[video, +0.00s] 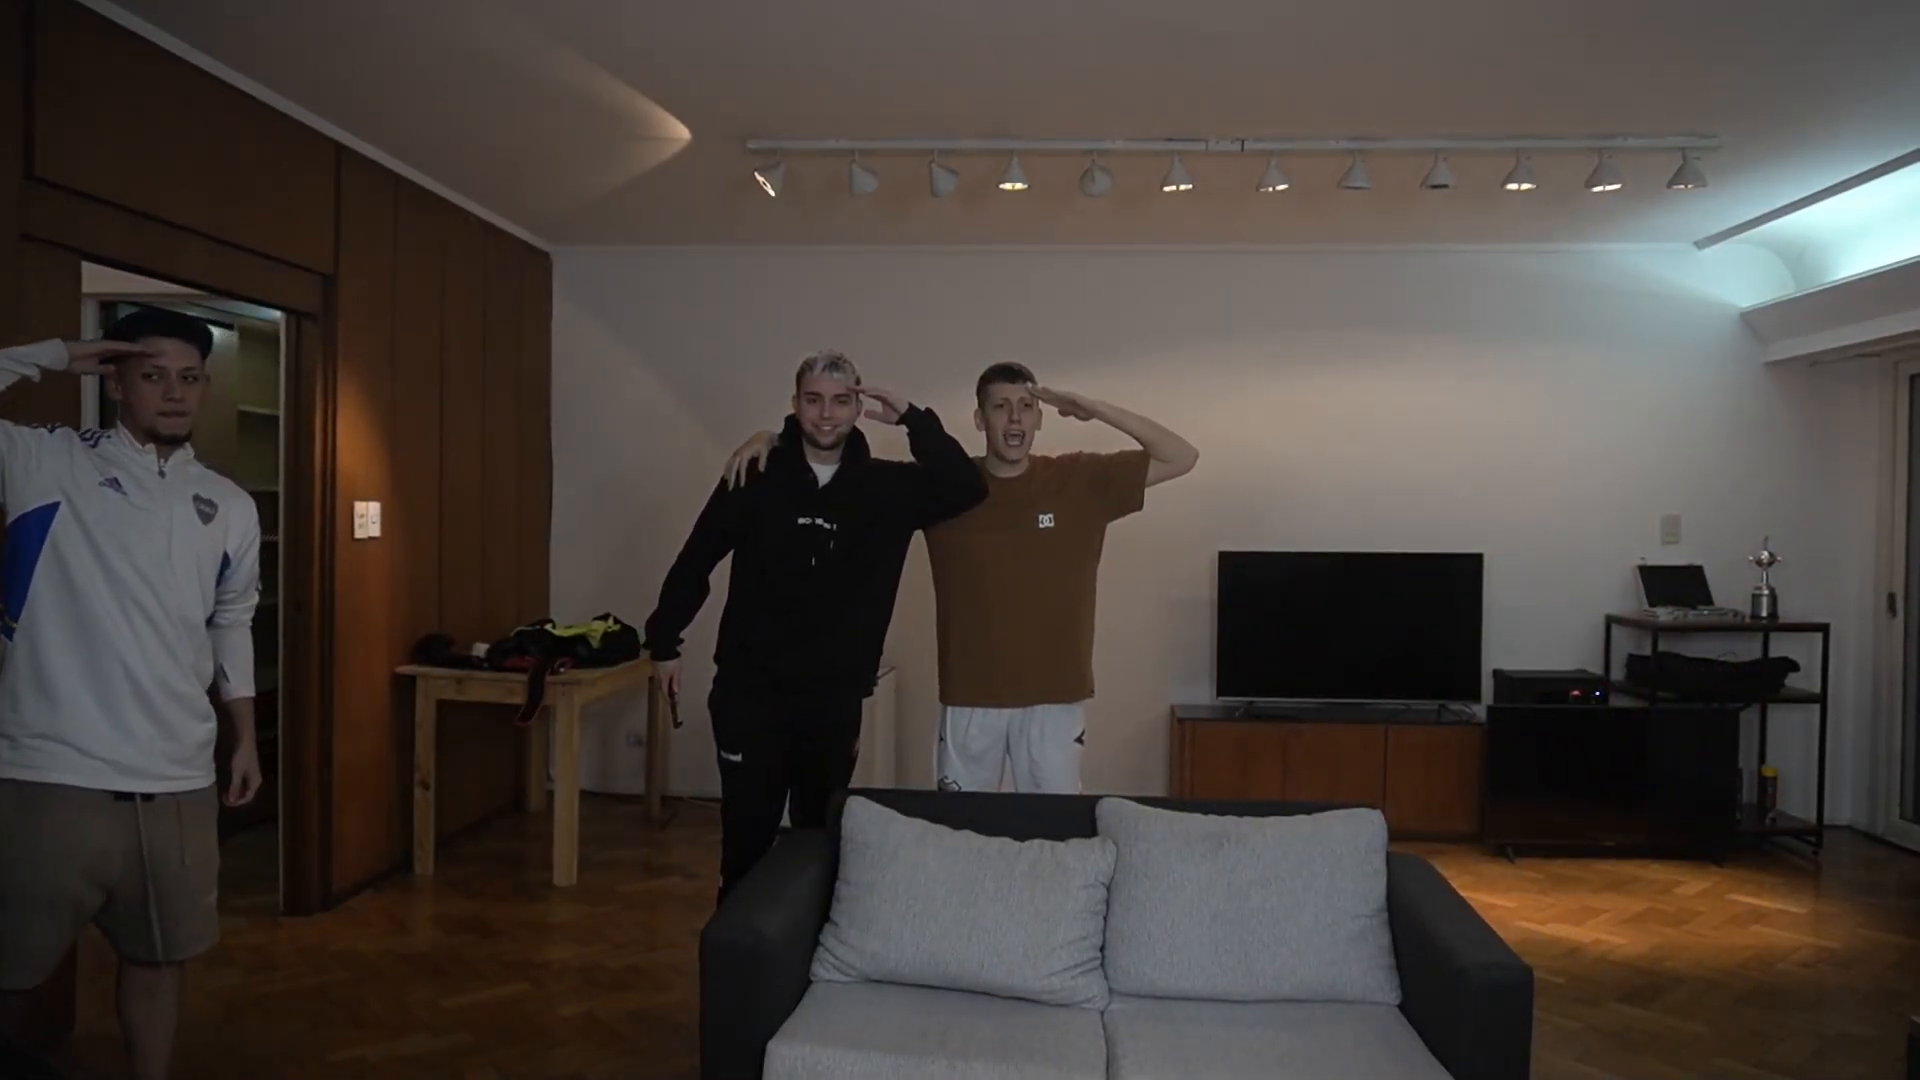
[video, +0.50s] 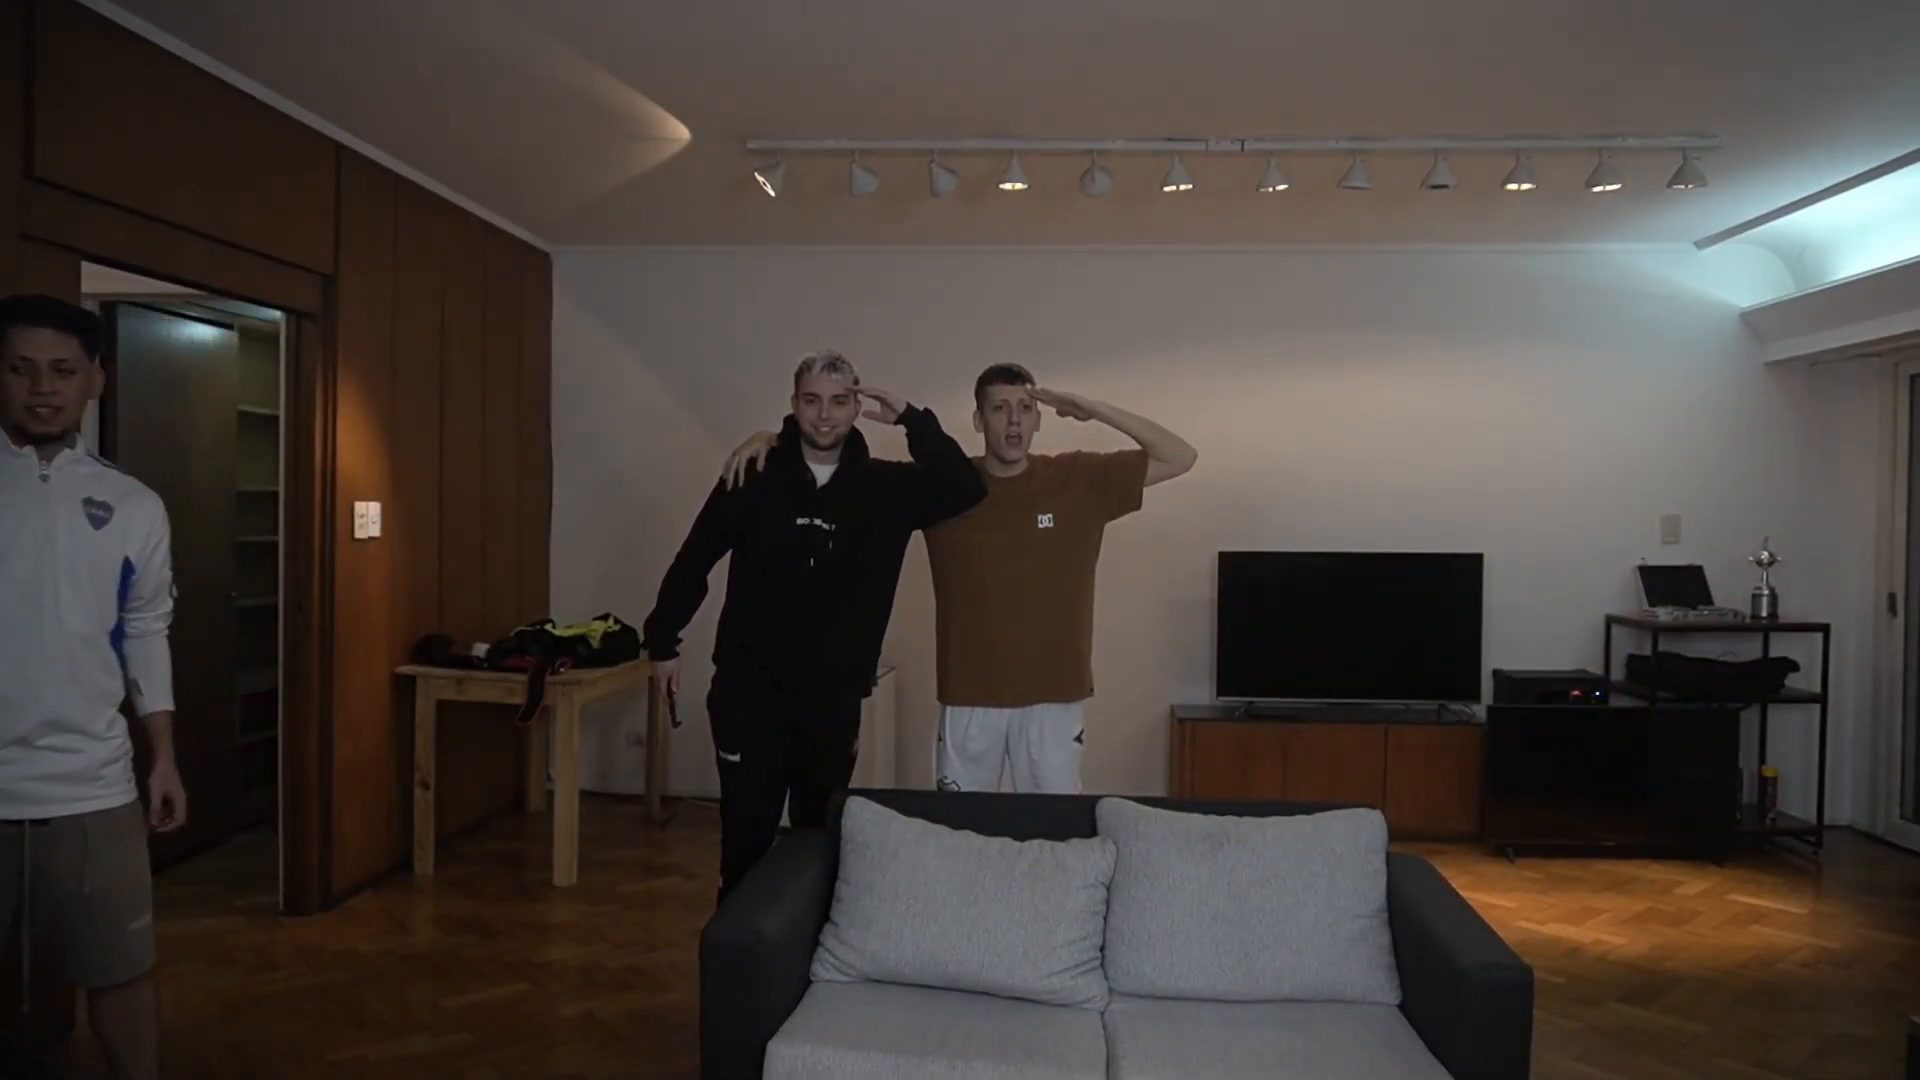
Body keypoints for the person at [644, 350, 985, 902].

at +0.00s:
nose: (827, 412)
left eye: (840, 400)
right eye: (814, 399)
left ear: (858, 410)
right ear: (795, 405)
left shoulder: (888, 487)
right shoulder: (755, 477)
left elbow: (966, 488)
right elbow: (697, 560)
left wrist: (915, 418)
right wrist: (665, 644)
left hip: (834, 690)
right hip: (751, 685)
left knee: (820, 830)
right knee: (748, 830)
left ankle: (815, 954)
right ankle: (739, 957)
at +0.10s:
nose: (826, 412)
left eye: (840, 400)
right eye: (814, 399)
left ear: (858, 410)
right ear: (795, 405)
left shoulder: (889, 487)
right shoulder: (755, 478)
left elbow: (967, 488)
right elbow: (696, 561)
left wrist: (915, 419)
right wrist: (665, 645)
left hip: (834, 690)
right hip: (751, 685)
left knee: (820, 830)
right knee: (748, 830)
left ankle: (815, 953)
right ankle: (739, 956)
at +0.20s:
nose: (826, 412)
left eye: (840, 400)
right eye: (814, 399)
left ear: (858, 410)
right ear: (795, 406)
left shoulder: (888, 487)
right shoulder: (755, 477)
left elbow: (967, 488)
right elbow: (696, 561)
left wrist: (914, 419)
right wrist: (665, 645)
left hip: (834, 690)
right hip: (750, 685)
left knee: (820, 830)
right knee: (748, 830)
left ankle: (815, 953)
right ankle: (739, 956)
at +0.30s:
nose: (826, 412)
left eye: (840, 400)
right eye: (813, 400)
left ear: (858, 410)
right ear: (795, 406)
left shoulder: (888, 487)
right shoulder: (755, 477)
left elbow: (967, 488)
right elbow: (696, 560)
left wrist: (914, 419)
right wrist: (665, 645)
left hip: (834, 690)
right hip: (750, 685)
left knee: (819, 831)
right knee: (748, 830)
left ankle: (815, 954)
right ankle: (739, 957)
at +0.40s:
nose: (825, 412)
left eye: (839, 400)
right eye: (813, 400)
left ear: (857, 410)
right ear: (794, 406)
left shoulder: (888, 487)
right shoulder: (754, 477)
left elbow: (966, 488)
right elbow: (695, 560)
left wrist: (914, 419)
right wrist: (664, 645)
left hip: (833, 690)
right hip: (750, 686)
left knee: (819, 832)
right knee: (748, 831)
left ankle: (814, 956)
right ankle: (739, 959)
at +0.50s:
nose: (824, 412)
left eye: (839, 400)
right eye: (812, 400)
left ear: (857, 410)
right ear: (794, 406)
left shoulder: (888, 486)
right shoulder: (754, 476)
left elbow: (966, 488)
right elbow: (695, 559)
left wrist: (913, 418)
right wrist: (663, 645)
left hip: (833, 690)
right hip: (749, 686)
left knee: (819, 832)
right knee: (747, 832)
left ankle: (814, 958)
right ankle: (738, 961)